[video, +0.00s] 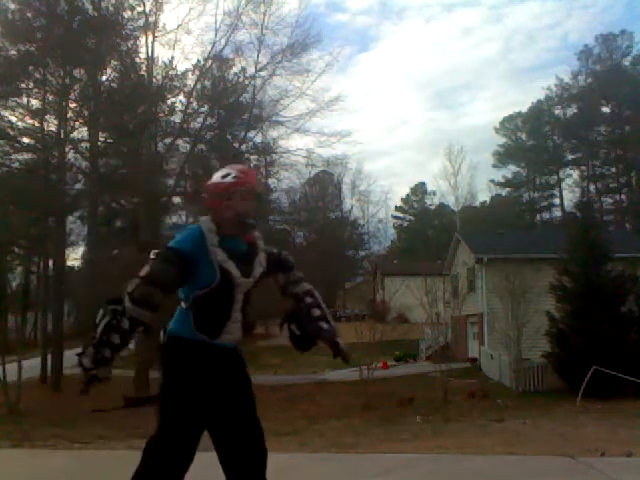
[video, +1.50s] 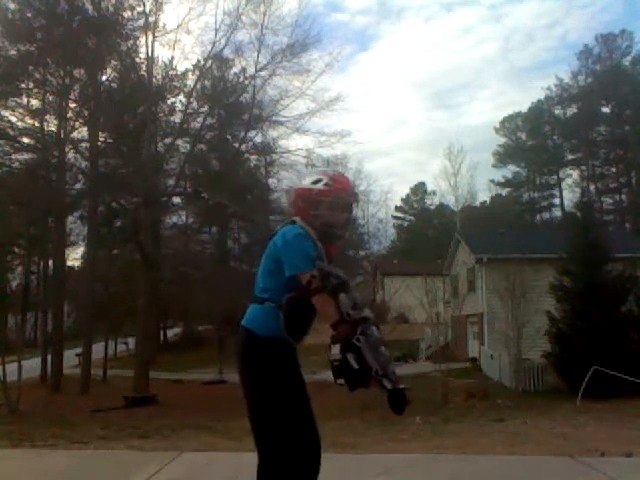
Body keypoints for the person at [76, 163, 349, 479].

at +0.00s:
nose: (251, 208)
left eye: (253, 200)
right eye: (243, 200)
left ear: (250, 204)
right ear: (221, 203)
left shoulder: (253, 248)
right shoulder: (193, 241)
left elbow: (289, 277)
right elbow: (145, 293)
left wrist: (313, 318)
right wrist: (103, 350)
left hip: (228, 357)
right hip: (187, 355)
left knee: (247, 449)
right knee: (173, 448)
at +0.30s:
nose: (274, 222)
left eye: (280, 214)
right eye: (266, 213)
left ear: (285, 218)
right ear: (245, 215)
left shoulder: (274, 255)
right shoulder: (224, 252)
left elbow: (294, 299)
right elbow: (185, 310)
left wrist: (303, 344)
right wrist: (158, 373)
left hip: (246, 365)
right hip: (208, 363)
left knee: (268, 448)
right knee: (182, 449)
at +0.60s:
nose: (300, 213)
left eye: (304, 205)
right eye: (293, 205)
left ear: (305, 208)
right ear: (273, 207)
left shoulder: (282, 244)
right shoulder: (255, 241)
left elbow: (290, 295)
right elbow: (262, 301)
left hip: (263, 339)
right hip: (237, 339)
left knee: (277, 436)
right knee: (260, 435)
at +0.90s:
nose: (313, 219)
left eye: (317, 212)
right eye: (306, 212)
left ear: (321, 212)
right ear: (288, 213)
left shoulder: (295, 247)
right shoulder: (275, 244)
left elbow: (317, 285)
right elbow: (304, 292)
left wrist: (341, 316)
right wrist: (336, 318)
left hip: (271, 345)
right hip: (256, 345)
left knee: (299, 437)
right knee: (292, 437)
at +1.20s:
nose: (339, 216)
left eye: (341, 208)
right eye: (333, 207)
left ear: (313, 209)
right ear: (310, 208)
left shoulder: (306, 241)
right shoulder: (292, 239)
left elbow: (328, 287)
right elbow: (321, 296)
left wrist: (352, 320)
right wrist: (345, 324)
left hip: (277, 341)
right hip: (264, 342)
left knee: (297, 440)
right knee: (298, 442)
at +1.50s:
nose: (342, 217)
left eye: (346, 209)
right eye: (335, 208)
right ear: (314, 208)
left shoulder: (309, 241)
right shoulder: (295, 237)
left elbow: (323, 288)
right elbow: (318, 294)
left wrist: (345, 324)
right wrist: (340, 327)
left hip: (278, 342)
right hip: (264, 342)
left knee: (297, 442)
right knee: (295, 444)